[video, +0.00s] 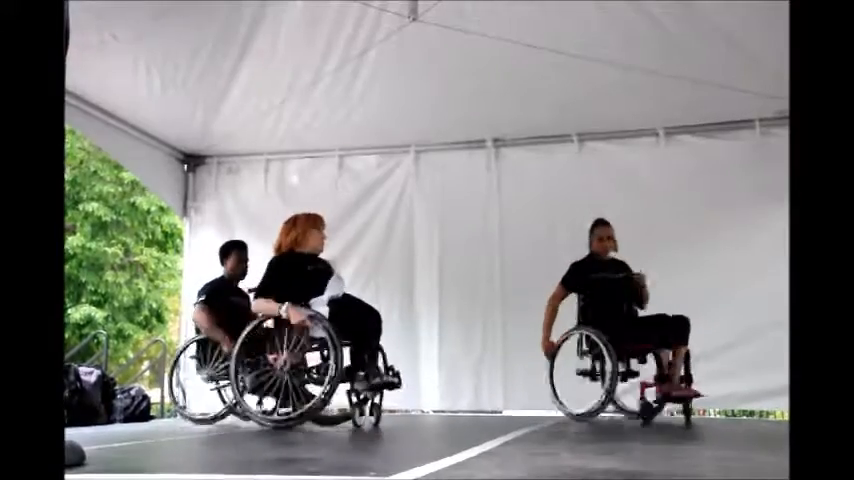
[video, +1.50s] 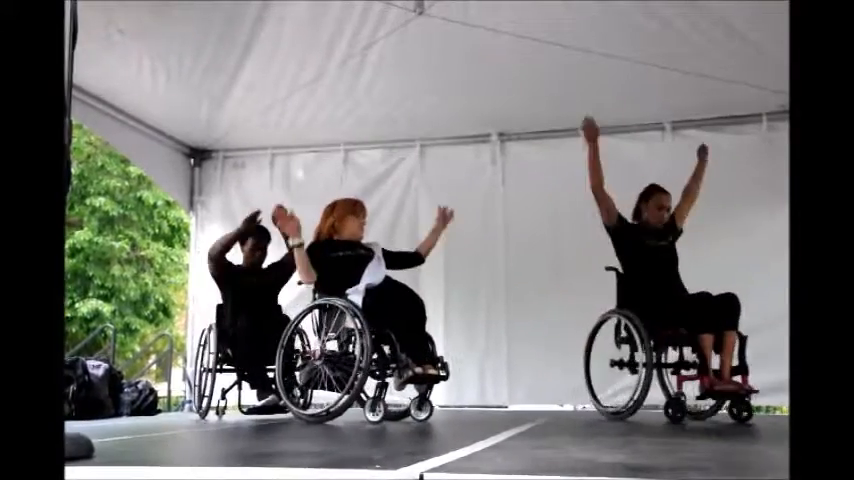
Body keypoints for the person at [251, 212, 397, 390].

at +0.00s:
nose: (324, 236)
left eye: (323, 231)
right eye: (319, 230)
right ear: (302, 234)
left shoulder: (322, 265)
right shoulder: (282, 263)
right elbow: (258, 304)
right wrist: (287, 309)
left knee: (371, 317)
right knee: (364, 321)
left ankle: (369, 370)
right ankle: (361, 373)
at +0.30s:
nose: (335, 231)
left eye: (334, 227)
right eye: (330, 227)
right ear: (314, 230)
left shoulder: (336, 261)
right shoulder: (289, 258)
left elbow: (358, 295)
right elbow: (270, 298)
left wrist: (383, 328)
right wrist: (293, 304)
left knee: (366, 307)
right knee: (351, 312)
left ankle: (382, 366)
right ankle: (369, 369)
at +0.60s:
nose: (347, 229)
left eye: (346, 225)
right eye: (343, 224)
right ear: (324, 226)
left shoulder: (348, 258)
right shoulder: (301, 253)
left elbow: (372, 292)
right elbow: (290, 294)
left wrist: (401, 325)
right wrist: (313, 302)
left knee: (381, 307)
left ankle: (389, 364)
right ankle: (378, 365)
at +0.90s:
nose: (355, 224)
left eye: (354, 220)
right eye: (350, 219)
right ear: (332, 223)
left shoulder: (355, 255)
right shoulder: (310, 250)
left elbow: (382, 286)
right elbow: (303, 292)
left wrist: (416, 305)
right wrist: (325, 299)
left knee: (397, 306)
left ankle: (399, 363)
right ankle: (388, 365)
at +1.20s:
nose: (361, 220)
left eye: (361, 216)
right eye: (356, 216)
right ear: (339, 220)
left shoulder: (367, 252)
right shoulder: (319, 244)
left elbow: (411, 256)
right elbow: (310, 261)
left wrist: (431, 230)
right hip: (336, 305)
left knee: (403, 306)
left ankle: (414, 362)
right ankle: (402, 363)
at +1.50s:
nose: (364, 222)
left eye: (364, 218)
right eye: (358, 217)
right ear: (337, 221)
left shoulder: (371, 252)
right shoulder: (320, 249)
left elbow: (415, 258)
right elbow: (308, 277)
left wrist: (439, 228)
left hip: (375, 308)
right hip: (341, 311)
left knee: (412, 305)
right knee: (396, 312)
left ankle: (421, 362)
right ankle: (413, 363)